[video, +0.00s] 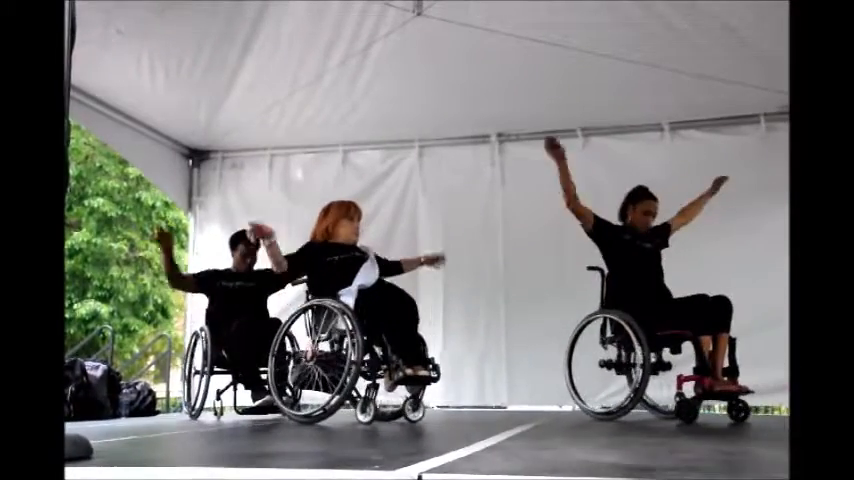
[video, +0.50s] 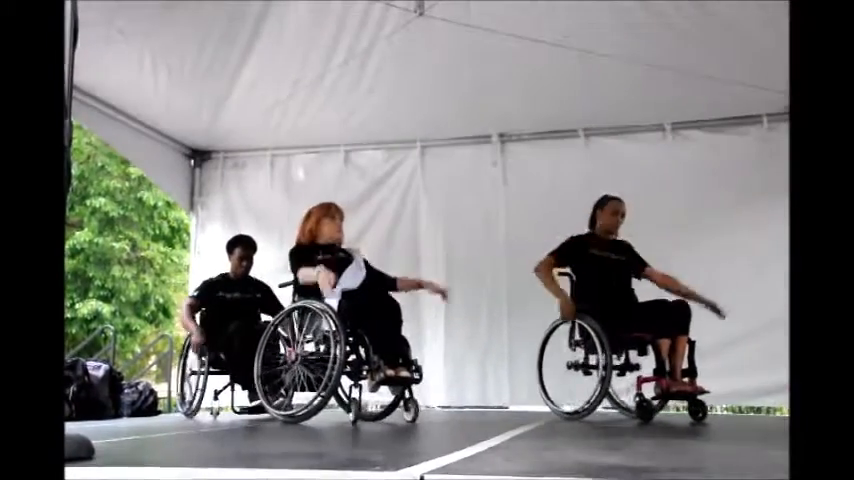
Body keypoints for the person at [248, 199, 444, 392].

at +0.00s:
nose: (358, 226)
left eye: (358, 221)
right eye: (353, 220)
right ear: (335, 222)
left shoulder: (362, 255)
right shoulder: (316, 250)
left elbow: (391, 267)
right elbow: (284, 269)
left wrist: (422, 261)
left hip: (363, 309)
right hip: (332, 313)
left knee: (404, 303)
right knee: (387, 307)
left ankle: (414, 361)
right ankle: (401, 363)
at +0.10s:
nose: (353, 225)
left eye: (354, 220)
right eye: (347, 219)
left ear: (355, 225)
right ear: (329, 223)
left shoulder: (362, 253)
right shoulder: (314, 250)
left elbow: (394, 257)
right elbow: (285, 253)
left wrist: (425, 243)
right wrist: (274, 223)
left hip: (359, 311)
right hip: (330, 314)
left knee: (401, 305)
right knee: (383, 309)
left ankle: (410, 362)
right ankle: (401, 363)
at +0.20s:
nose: (350, 225)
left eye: (351, 221)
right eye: (344, 220)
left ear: (353, 224)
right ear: (327, 223)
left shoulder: (360, 253)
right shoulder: (312, 250)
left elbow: (396, 251)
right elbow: (291, 248)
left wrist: (428, 232)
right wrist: (286, 215)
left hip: (360, 304)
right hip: (327, 310)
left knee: (398, 305)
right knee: (378, 313)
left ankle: (407, 362)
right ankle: (391, 364)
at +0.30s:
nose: (346, 227)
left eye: (346, 223)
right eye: (340, 222)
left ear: (346, 226)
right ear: (323, 225)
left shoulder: (354, 255)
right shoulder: (309, 253)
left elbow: (395, 255)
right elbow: (298, 250)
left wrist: (435, 236)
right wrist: (303, 226)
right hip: (325, 312)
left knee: (394, 307)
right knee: (375, 314)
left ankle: (402, 362)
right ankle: (393, 364)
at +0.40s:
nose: (343, 225)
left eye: (343, 221)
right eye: (337, 220)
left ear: (343, 226)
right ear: (320, 224)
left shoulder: (353, 255)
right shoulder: (307, 251)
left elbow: (395, 265)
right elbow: (300, 260)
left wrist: (438, 250)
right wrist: (309, 242)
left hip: (350, 307)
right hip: (319, 311)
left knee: (388, 304)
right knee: (369, 307)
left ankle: (399, 364)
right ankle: (382, 365)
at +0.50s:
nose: (338, 226)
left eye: (340, 222)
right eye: (332, 221)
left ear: (342, 225)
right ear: (316, 225)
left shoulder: (348, 256)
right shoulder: (301, 252)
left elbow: (384, 281)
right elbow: (300, 273)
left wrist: (422, 284)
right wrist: (319, 274)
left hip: (349, 307)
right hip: (318, 312)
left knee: (388, 305)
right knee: (368, 308)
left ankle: (396, 363)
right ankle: (383, 364)